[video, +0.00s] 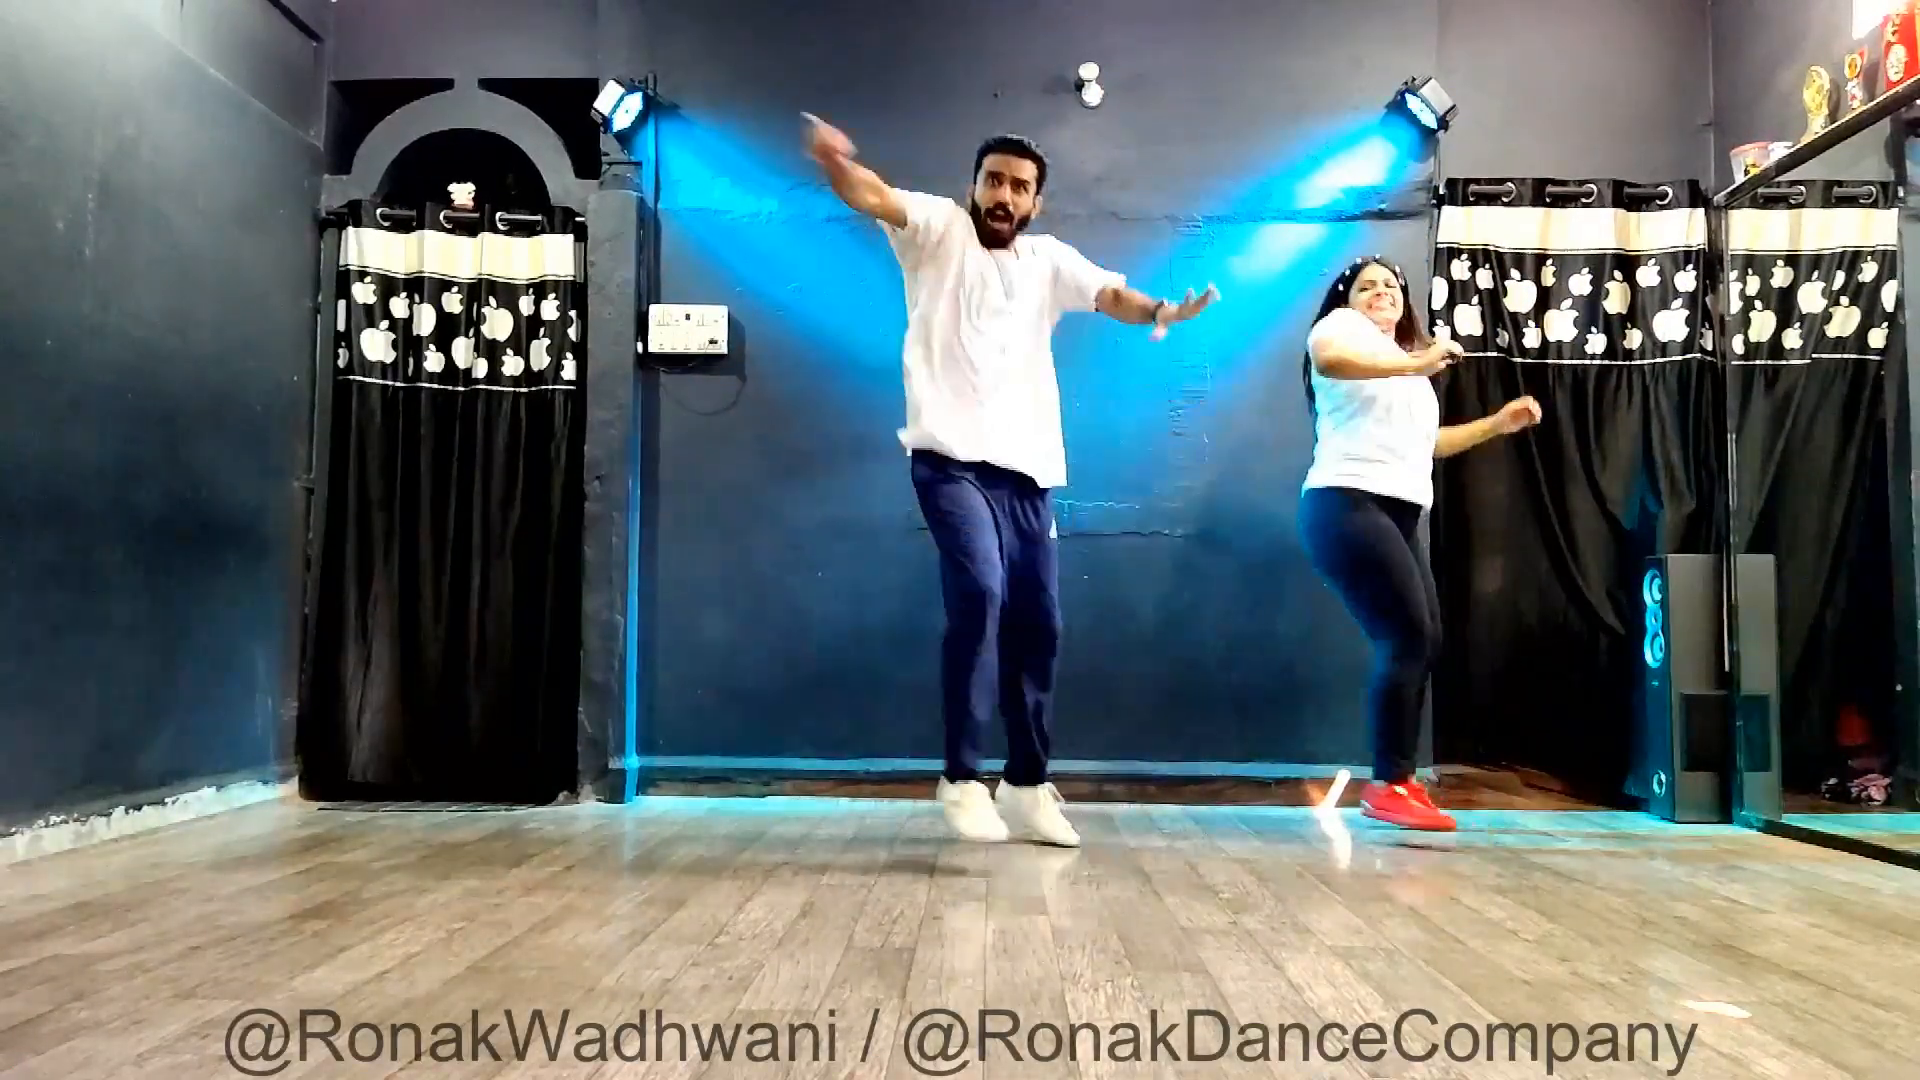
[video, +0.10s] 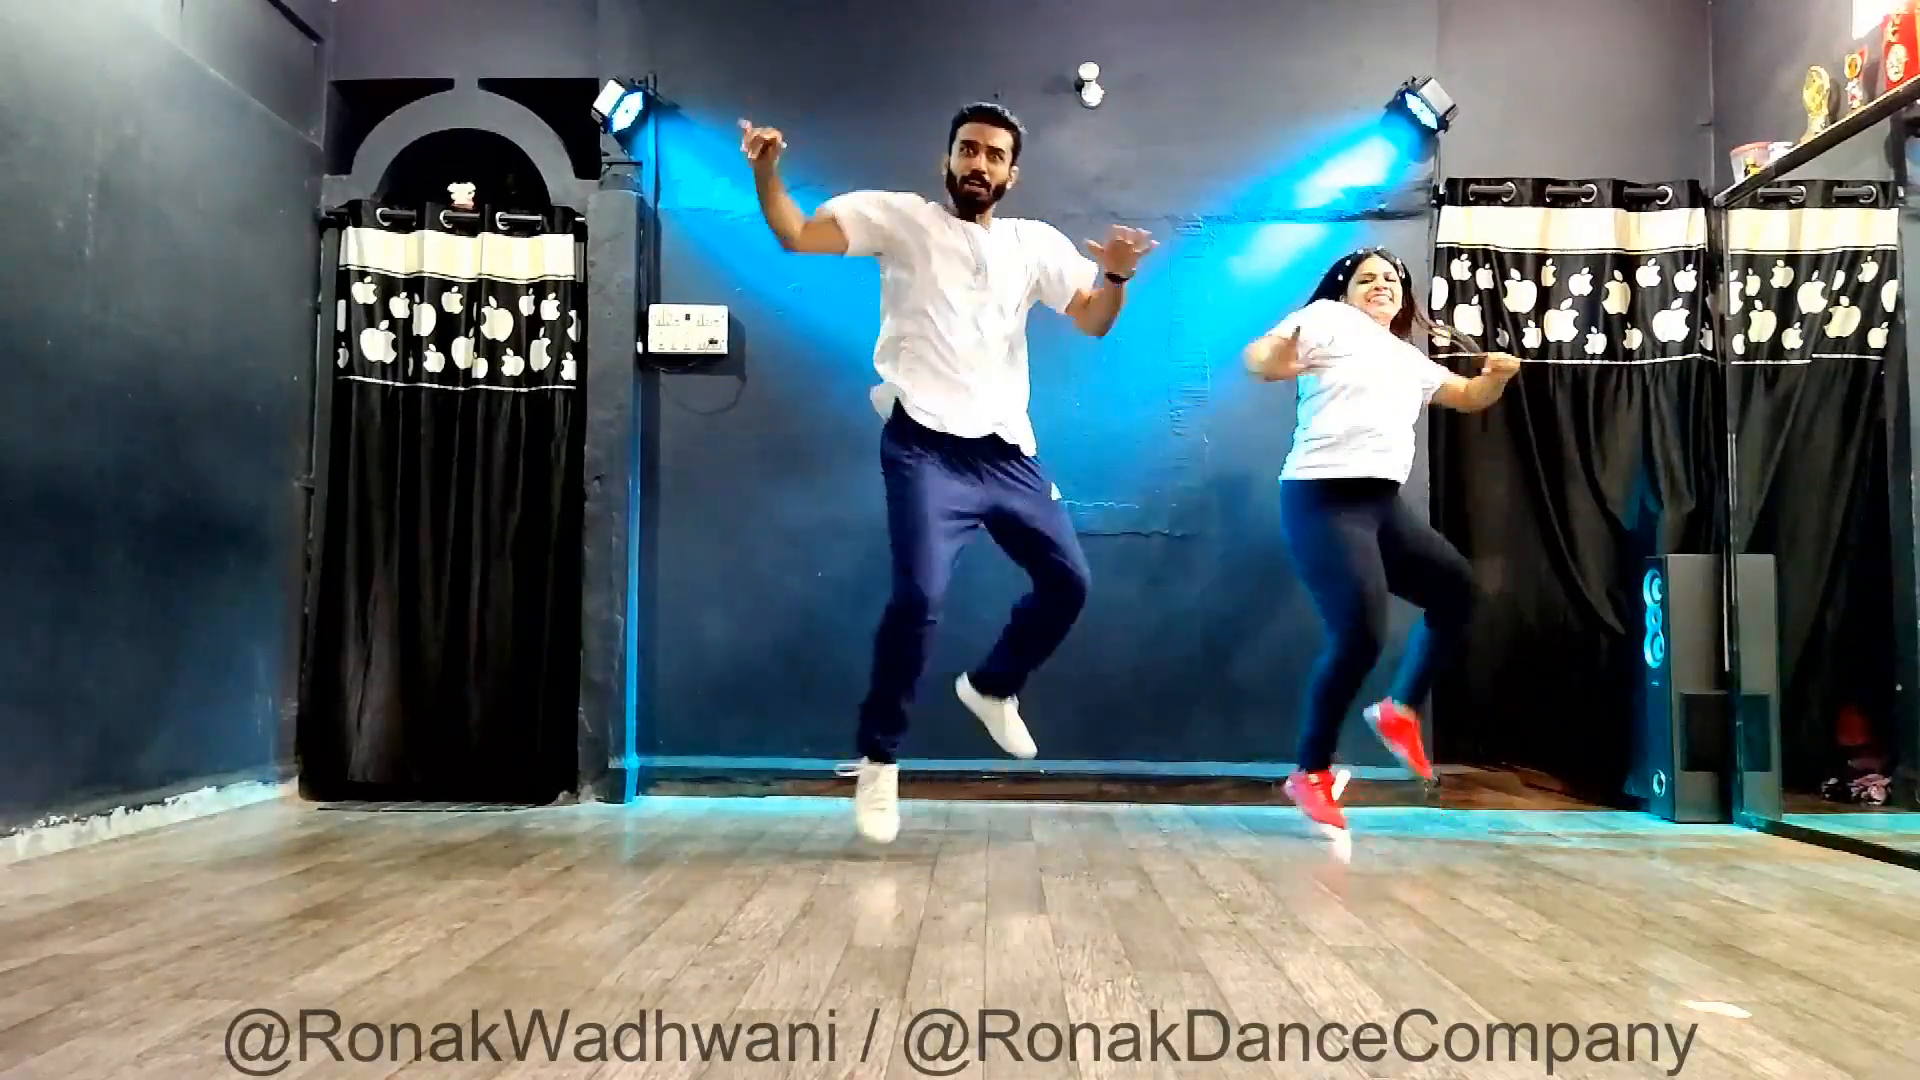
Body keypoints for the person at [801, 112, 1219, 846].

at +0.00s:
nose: (1006, 196)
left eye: (1021, 187)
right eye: (994, 181)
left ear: (1035, 200)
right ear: (973, 185)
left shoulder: (1049, 259)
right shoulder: (938, 224)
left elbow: (1111, 295)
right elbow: (874, 197)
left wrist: (1159, 310)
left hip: (1027, 462)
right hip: (948, 453)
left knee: (1038, 620)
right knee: (982, 589)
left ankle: (1028, 785)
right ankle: (965, 781)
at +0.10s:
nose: (978, 163)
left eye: (994, 155)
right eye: (968, 150)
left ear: (1012, 171)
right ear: (947, 157)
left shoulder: (1034, 242)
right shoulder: (905, 218)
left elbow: (1093, 318)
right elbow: (799, 234)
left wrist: (1115, 275)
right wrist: (768, 172)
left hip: (1008, 454)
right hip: (925, 448)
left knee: (1068, 584)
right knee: (920, 600)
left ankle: (990, 688)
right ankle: (880, 760)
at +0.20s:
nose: (999, 187)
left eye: (1005, 178)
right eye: (986, 173)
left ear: (1007, 191)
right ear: (945, 176)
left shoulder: (1012, 271)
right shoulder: (889, 245)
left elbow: (1085, 355)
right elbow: (789, 300)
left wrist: (1078, 282)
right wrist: (729, 234)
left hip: (992, 460)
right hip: (907, 462)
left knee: (1087, 549)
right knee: (879, 633)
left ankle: (980, 618)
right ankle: (829, 795)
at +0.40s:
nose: (999, 255)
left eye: (997, 243)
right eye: (986, 241)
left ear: (966, 252)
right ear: (946, 248)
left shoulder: (997, 320)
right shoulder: (861, 303)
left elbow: (1104, 328)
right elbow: (763, 309)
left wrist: (1056, 329)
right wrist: (659, 303)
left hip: (946, 499)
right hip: (867, 519)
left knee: (1065, 488)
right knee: (856, 677)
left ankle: (1037, 648)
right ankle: (841, 814)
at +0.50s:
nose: (991, 251)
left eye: (990, 240)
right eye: (979, 237)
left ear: (955, 249)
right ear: (940, 244)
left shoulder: (989, 340)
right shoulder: (861, 317)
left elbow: (1072, 405)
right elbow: (758, 365)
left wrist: (1042, 357)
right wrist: (659, 350)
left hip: (955, 519)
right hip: (869, 524)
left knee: (1054, 591)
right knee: (864, 679)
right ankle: (841, 813)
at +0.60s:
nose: (991, 234)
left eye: (990, 223)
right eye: (981, 221)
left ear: (956, 230)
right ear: (939, 226)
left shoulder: (994, 323)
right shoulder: (864, 301)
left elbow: (1091, 351)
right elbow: (757, 333)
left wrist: (1039, 304)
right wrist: (661, 308)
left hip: (971, 519)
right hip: (885, 516)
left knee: (1014, 655)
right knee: (875, 671)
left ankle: (988, 809)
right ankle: (841, 813)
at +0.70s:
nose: (1005, 184)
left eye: (1004, 172)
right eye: (994, 170)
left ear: (979, 182)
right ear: (953, 176)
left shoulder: (1018, 237)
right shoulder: (878, 226)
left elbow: (1107, 224)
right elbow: (778, 235)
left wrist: (1063, 253)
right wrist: (677, 250)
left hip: (996, 465)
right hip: (902, 473)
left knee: (1072, 567)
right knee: (875, 633)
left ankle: (1042, 732)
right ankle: (848, 791)